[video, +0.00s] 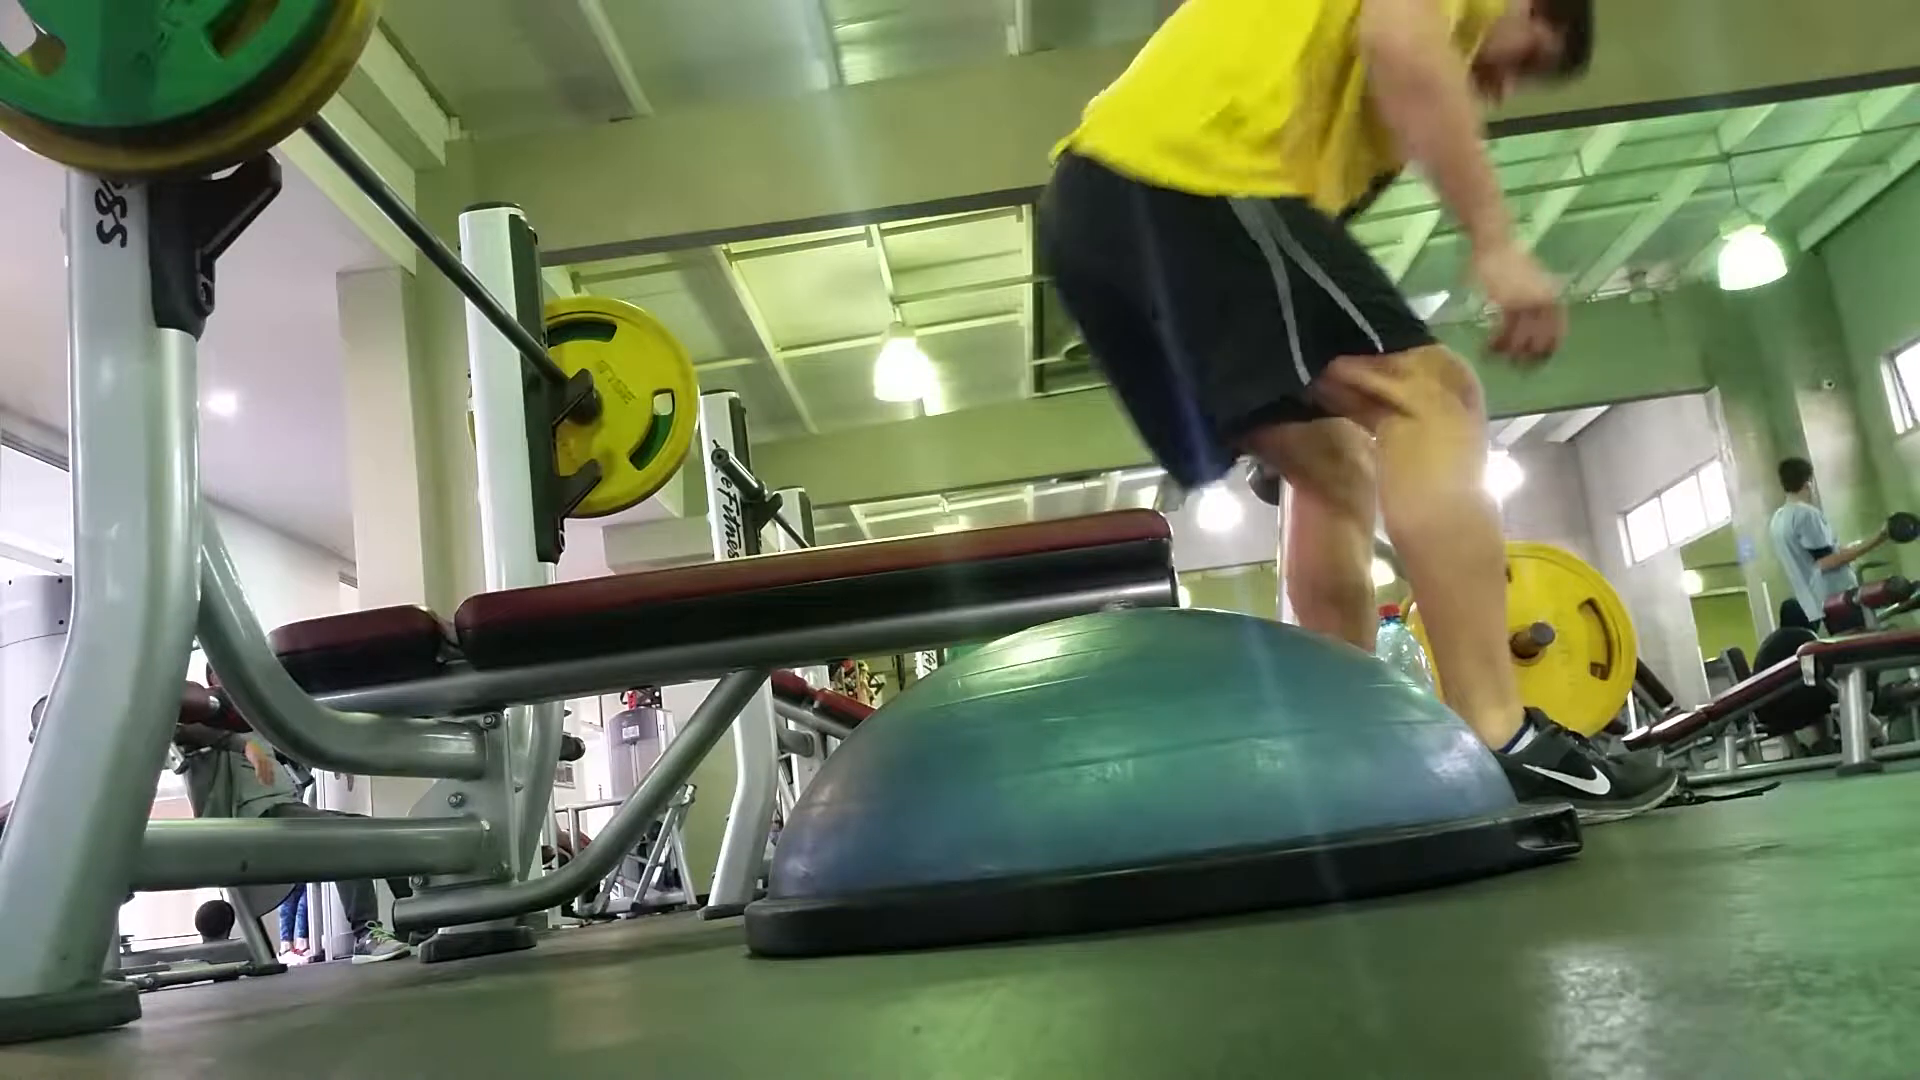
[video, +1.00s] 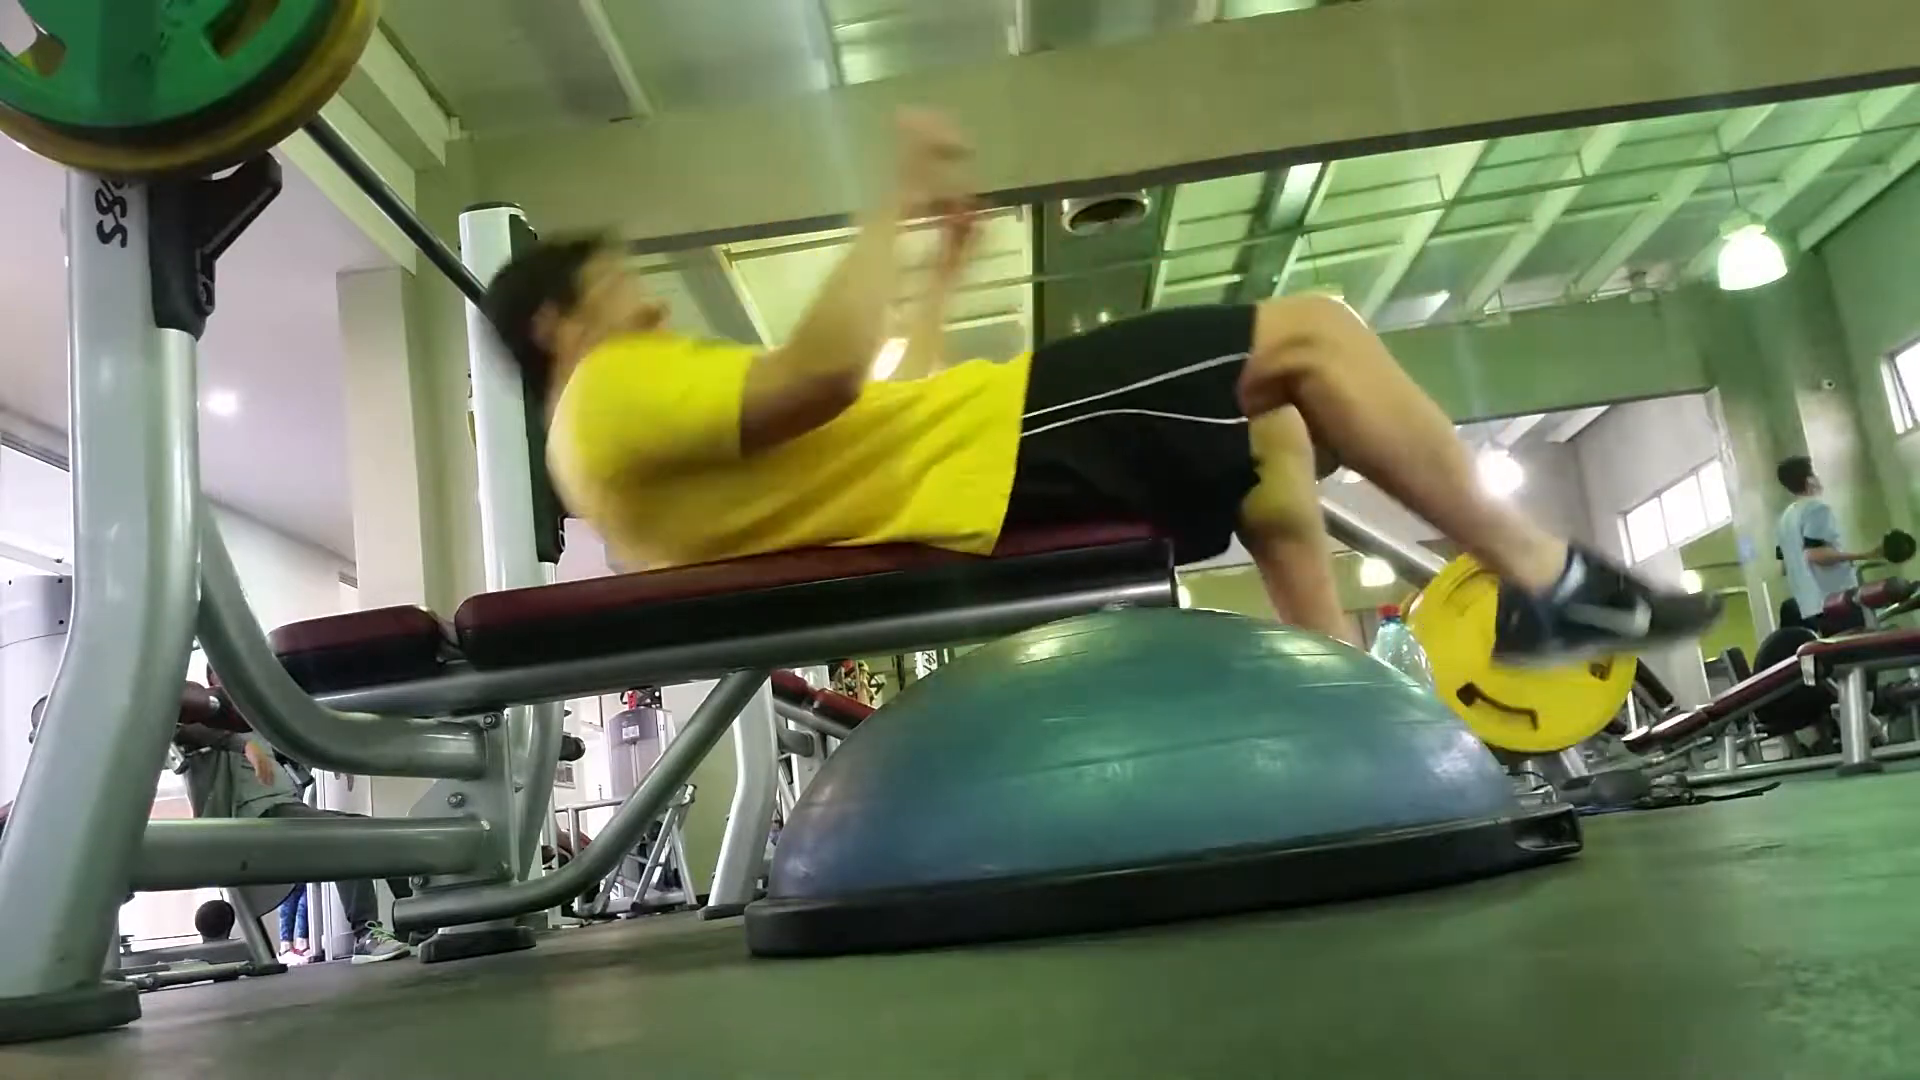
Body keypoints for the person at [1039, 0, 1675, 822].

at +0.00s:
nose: (1508, 83)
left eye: (1529, 78)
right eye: (1531, 55)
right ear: (1521, 4)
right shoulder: (1439, 11)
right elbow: (1401, 44)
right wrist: (1497, 244)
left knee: (1333, 463)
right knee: (1431, 399)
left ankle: (1346, 762)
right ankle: (1499, 737)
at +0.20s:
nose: (1428, 139)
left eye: (1452, 135)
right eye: (1450, 112)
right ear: (1445, 39)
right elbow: (1277, 124)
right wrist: (1357, 339)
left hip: (1073, 336)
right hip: (1147, 305)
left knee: (1374, 491)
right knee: (1467, 401)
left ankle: (1364, 766)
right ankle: (1502, 735)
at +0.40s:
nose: (1242, 120)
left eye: (1262, 105)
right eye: (1256, 89)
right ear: (1232, 23)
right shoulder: (1148, 53)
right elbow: (1107, 206)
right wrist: (1263, 370)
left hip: (1063, 453)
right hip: (1120, 422)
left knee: (1378, 547)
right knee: (1465, 402)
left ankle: (1359, 786)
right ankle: (1505, 729)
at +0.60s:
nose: (1008, 112)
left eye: (1019, 94)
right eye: (1001, 84)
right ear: (946, 45)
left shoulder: (931, 165)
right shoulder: (890, 104)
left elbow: (986, 318)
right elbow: (947, 273)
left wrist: (1175, 354)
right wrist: (1174, 336)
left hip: (1026, 473)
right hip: (1061, 442)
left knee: (1329, 524)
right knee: (1405, 402)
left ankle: (1361, 766)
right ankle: (1510, 726)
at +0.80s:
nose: (823, 187)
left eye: (820, 168)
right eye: (808, 162)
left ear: (716, 160)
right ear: (740, 151)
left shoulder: (725, 271)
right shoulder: (710, 236)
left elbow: (903, 376)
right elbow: (882, 330)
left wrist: (1094, 346)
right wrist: (1107, 246)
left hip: (996, 489)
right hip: (1003, 458)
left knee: (1302, 514)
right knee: (1362, 386)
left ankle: (1366, 760)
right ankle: (1523, 693)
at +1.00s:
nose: (657, 290)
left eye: (644, 277)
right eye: (624, 281)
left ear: (567, 329)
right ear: (561, 317)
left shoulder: (634, 436)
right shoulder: (606, 393)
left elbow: (852, 429)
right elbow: (803, 382)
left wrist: (927, 302)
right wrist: (903, 226)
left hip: (976, 481)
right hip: (978, 437)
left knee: (1274, 456)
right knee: (1310, 328)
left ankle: (1350, 740)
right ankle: (1546, 575)